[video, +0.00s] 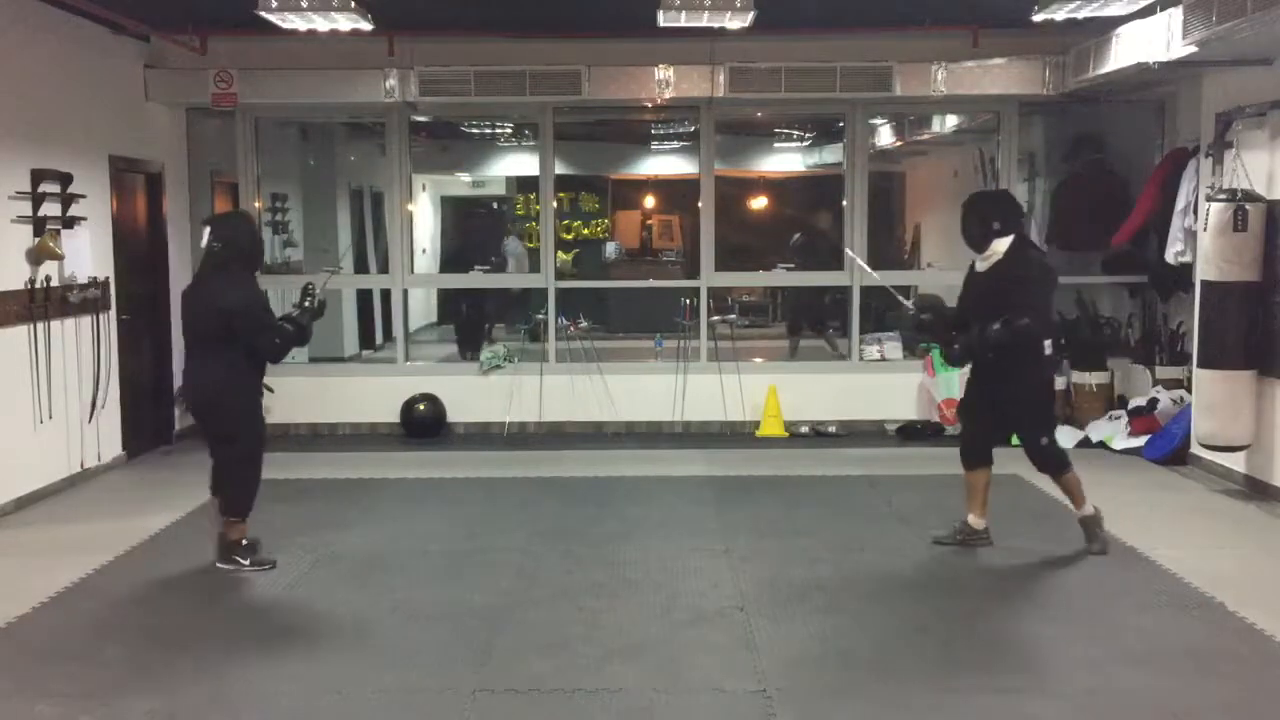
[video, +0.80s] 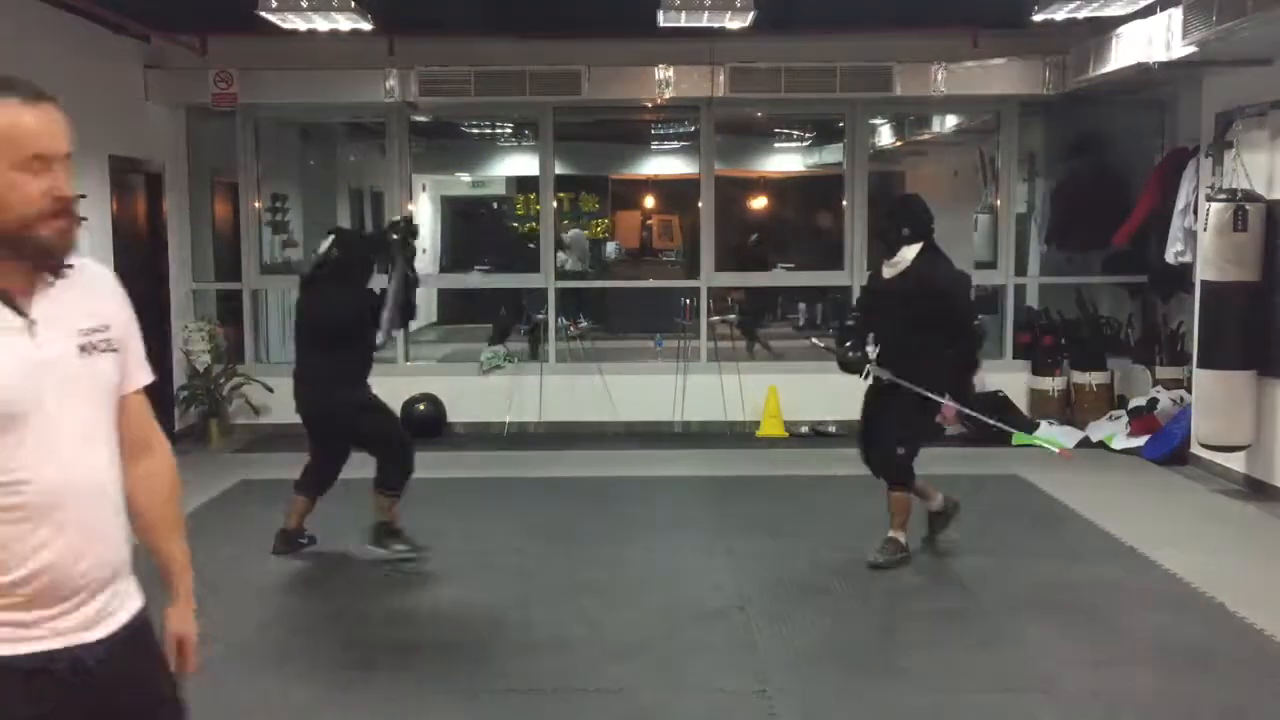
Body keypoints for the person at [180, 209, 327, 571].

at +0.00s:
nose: (261, 248)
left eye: (259, 240)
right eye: (257, 240)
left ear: (214, 245)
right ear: (247, 245)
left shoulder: (194, 290)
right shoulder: (242, 289)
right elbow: (272, 346)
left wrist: (289, 319)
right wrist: (301, 320)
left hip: (202, 391)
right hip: (234, 393)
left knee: (227, 456)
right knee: (244, 459)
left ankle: (230, 536)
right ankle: (233, 547)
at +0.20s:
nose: (280, 251)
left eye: (278, 243)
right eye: (275, 243)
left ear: (233, 247)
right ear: (260, 247)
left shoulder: (218, 291)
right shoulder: (256, 289)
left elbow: (268, 330)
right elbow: (290, 340)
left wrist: (312, 318)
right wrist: (321, 318)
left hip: (223, 394)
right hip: (256, 395)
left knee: (235, 458)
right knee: (294, 452)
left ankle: (227, 539)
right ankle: (269, 532)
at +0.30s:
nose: (294, 247)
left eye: (291, 240)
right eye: (288, 240)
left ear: (252, 247)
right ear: (273, 247)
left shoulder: (238, 285)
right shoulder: (269, 287)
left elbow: (287, 326)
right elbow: (306, 339)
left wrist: (328, 317)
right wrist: (336, 319)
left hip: (238, 391)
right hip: (269, 393)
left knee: (242, 460)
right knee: (301, 453)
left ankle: (228, 539)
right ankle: (313, 538)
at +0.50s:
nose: (325, 253)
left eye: (322, 246)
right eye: (322, 246)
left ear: (283, 249)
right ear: (316, 250)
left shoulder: (267, 288)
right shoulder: (311, 293)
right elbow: (341, 335)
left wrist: (352, 314)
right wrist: (373, 321)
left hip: (268, 389)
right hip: (305, 391)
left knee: (285, 453)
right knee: (329, 458)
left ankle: (245, 523)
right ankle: (327, 539)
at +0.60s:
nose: (341, 253)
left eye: (339, 246)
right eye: (338, 246)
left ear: (300, 248)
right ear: (331, 251)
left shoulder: (283, 289)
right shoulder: (324, 294)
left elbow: (327, 308)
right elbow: (368, 334)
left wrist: (363, 298)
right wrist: (396, 303)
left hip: (282, 388)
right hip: (318, 390)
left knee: (303, 452)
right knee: (341, 457)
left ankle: (275, 519)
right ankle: (329, 538)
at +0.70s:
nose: (357, 258)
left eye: (356, 253)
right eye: (353, 252)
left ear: (316, 250)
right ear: (341, 256)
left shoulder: (298, 280)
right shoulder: (341, 296)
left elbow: (350, 263)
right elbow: (376, 332)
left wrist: (388, 266)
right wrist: (401, 289)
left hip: (294, 391)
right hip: (332, 393)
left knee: (314, 453)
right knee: (372, 453)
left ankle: (287, 530)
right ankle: (342, 525)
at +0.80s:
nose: (369, 270)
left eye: (368, 263)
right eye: (366, 263)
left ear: (332, 256)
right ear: (359, 264)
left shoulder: (312, 286)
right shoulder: (356, 297)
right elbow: (400, 315)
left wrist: (381, 240)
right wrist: (402, 266)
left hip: (309, 393)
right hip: (346, 394)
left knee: (327, 456)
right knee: (397, 446)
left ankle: (290, 530)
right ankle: (386, 527)